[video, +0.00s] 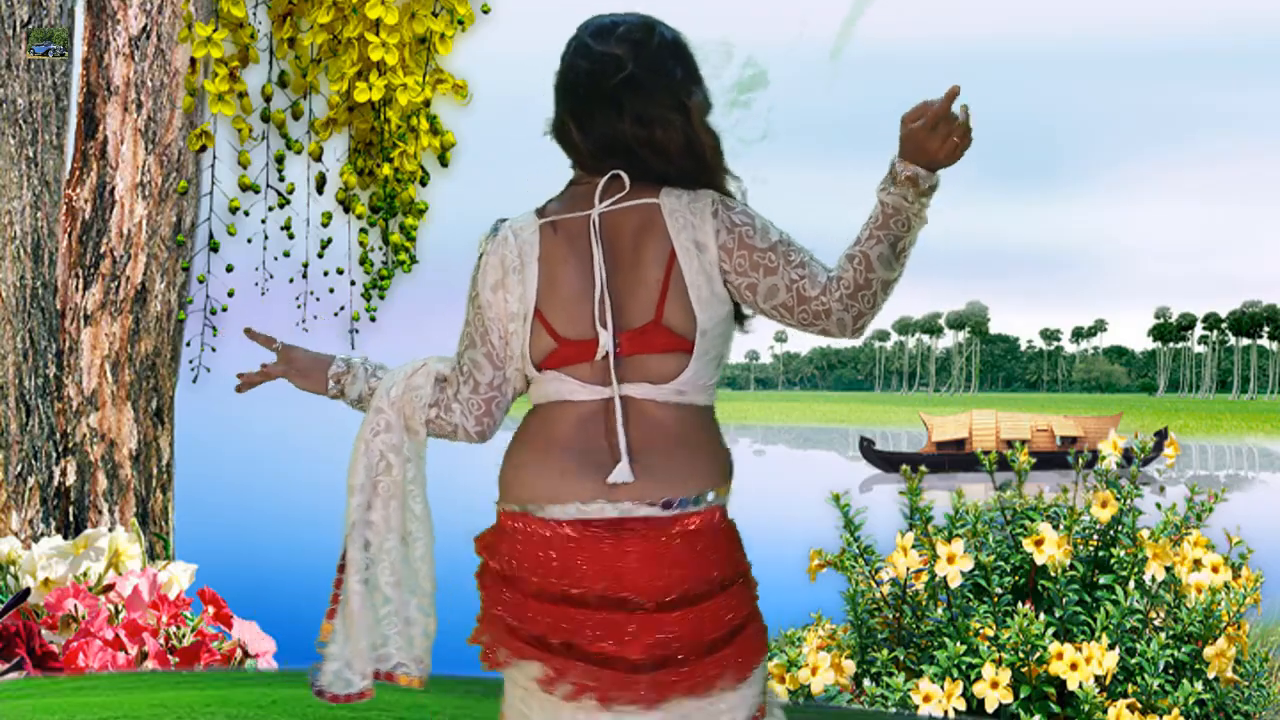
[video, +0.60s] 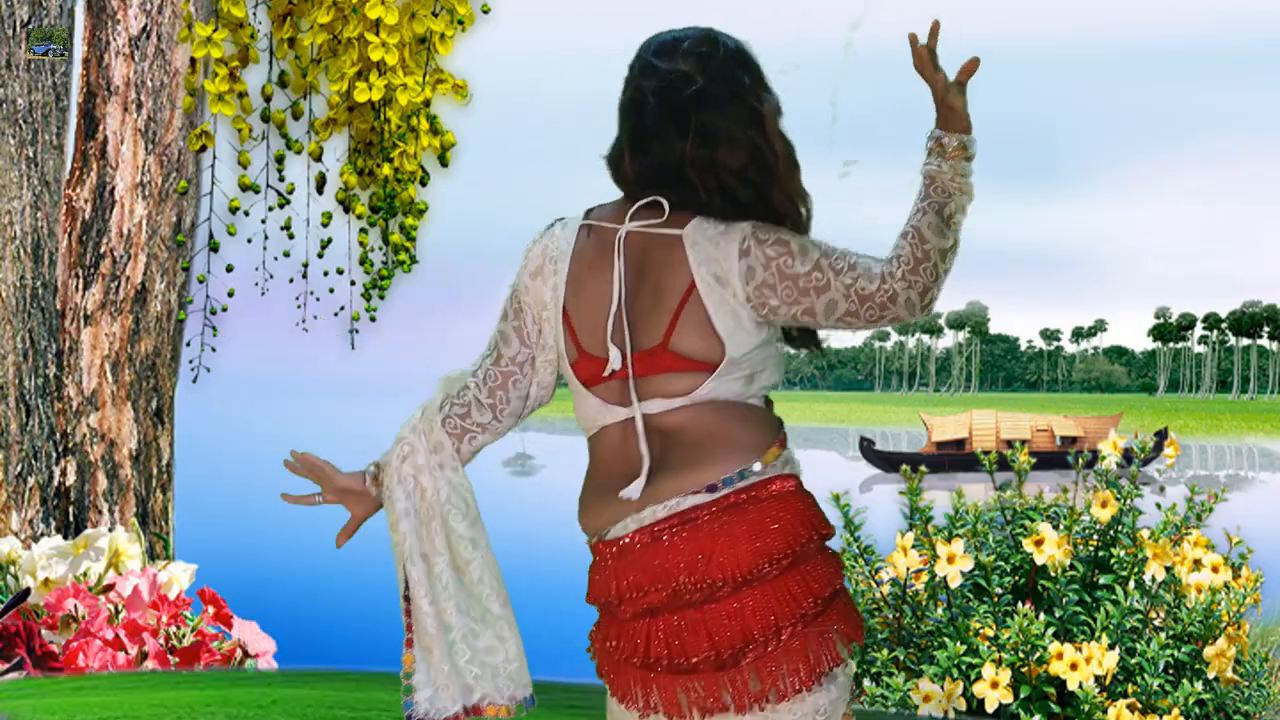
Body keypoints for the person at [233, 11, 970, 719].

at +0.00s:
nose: (705, 110)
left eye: (697, 89)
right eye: (696, 92)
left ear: (570, 115)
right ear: (678, 108)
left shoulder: (514, 243)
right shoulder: (711, 221)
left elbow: (469, 407)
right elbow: (844, 309)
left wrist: (331, 375)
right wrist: (913, 174)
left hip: (543, 522)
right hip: (684, 521)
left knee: (552, 693)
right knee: (710, 700)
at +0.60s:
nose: (772, 135)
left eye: (764, 111)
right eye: (760, 115)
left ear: (633, 131)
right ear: (740, 131)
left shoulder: (558, 254)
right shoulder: (742, 248)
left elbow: (496, 394)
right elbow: (902, 292)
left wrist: (387, 479)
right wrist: (952, 147)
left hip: (619, 531)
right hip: (744, 508)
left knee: (650, 709)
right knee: (792, 708)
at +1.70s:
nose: (705, 124)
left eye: (692, 108)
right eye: (694, 109)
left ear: (570, 130)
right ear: (681, 122)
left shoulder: (516, 250)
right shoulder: (705, 232)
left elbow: (439, 397)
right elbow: (866, 252)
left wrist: (308, 449)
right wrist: (969, 134)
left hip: (512, 540)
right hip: (643, 558)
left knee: (530, 700)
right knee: (717, 699)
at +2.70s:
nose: (692, 112)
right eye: (682, 95)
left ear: (567, 115)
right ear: (679, 105)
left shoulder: (519, 238)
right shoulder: (717, 217)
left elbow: (439, 401)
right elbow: (864, 261)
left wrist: (297, 475)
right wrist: (974, 158)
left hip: (518, 517)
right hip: (659, 531)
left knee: (525, 703)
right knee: (738, 704)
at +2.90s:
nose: (696, 126)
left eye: (573, 108)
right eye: (687, 108)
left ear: (568, 127)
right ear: (682, 123)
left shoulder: (512, 248)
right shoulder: (712, 239)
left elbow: (444, 412)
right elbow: (857, 300)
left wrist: (310, 500)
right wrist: (980, 221)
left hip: (544, 525)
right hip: (680, 519)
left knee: (549, 699)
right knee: (710, 699)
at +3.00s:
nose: (547, 140)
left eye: (556, 122)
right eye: (555, 119)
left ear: (576, 139)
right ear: (676, 136)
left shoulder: (527, 261)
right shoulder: (724, 257)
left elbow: (450, 424)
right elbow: (851, 350)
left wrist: (319, 507)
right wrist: (1000, 326)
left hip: (550, 548)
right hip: (692, 542)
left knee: (546, 711)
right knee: (722, 710)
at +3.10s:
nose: (537, 107)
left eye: (554, 88)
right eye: (545, 87)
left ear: (611, 103)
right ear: (636, 103)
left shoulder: (561, 226)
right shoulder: (740, 219)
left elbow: (488, 399)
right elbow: (845, 339)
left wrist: (361, 492)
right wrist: (968, 401)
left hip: (554, 505)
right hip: (690, 513)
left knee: (536, 702)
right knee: (691, 705)